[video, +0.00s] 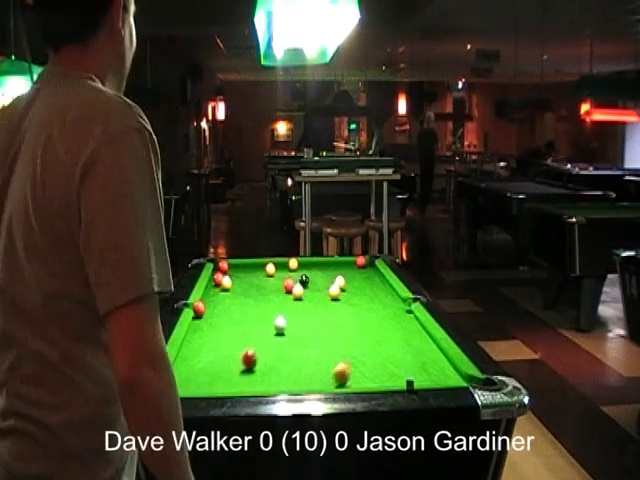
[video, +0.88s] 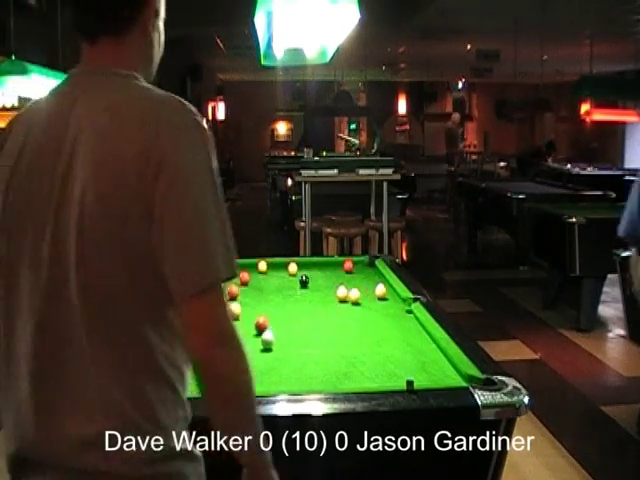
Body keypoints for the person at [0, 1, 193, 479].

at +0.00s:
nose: (136, 36)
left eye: (135, 18)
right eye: (135, 16)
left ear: (46, 24)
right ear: (120, 15)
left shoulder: (10, 119)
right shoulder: (112, 127)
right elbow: (138, 365)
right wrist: (176, 471)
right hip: (77, 454)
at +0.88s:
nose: (163, 34)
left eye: (162, 20)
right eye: (163, 18)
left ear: (80, 22)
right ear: (152, 17)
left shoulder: (21, 128)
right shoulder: (167, 122)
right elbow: (206, 325)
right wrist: (255, 457)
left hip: (28, 446)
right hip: (140, 448)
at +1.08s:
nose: (207, 27)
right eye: (205, 14)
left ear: (123, 23)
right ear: (198, 16)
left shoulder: (62, 120)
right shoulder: (228, 124)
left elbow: (14, 303)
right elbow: (268, 306)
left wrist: (55, 400)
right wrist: (307, 434)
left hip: (79, 431)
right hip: (188, 433)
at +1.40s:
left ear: (179, 20)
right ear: (255, 28)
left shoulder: (121, 115)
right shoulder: (290, 134)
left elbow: (66, 293)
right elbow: (343, 286)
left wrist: (94, 391)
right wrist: (377, 366)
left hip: (124, 424)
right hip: (235, 427)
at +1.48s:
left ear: (188, 20)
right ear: (265, 32)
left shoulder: (131, 113)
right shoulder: (298, 136)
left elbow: (75, 291)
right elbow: (353, 287)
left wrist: (99, 391)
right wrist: (385, 358)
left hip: (130, 424)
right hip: (240, 426)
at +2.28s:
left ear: (207, 25)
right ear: (278, 34)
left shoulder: (154, 111)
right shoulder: (318, 139)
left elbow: (99, 286)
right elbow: (354, 291)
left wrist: (117, 388)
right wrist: (383, 377)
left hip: (155, 421)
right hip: (261, 423)